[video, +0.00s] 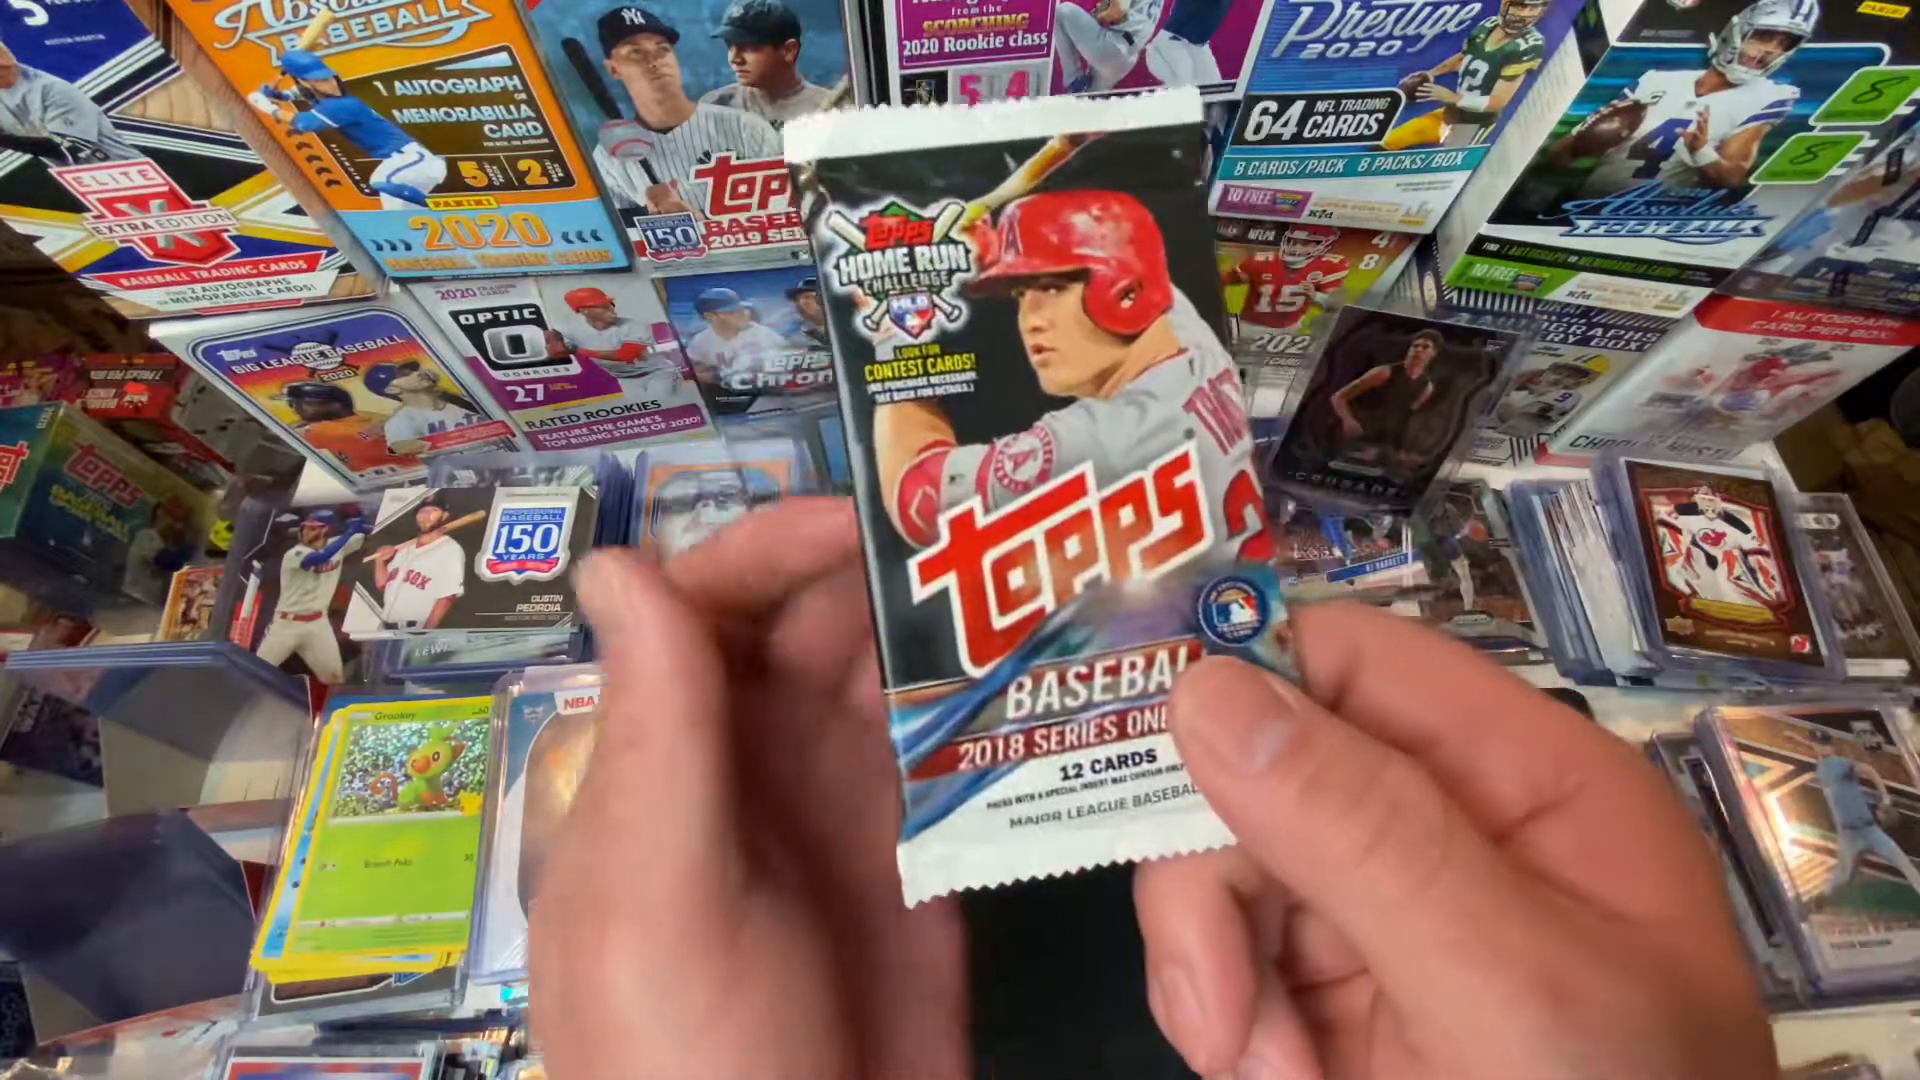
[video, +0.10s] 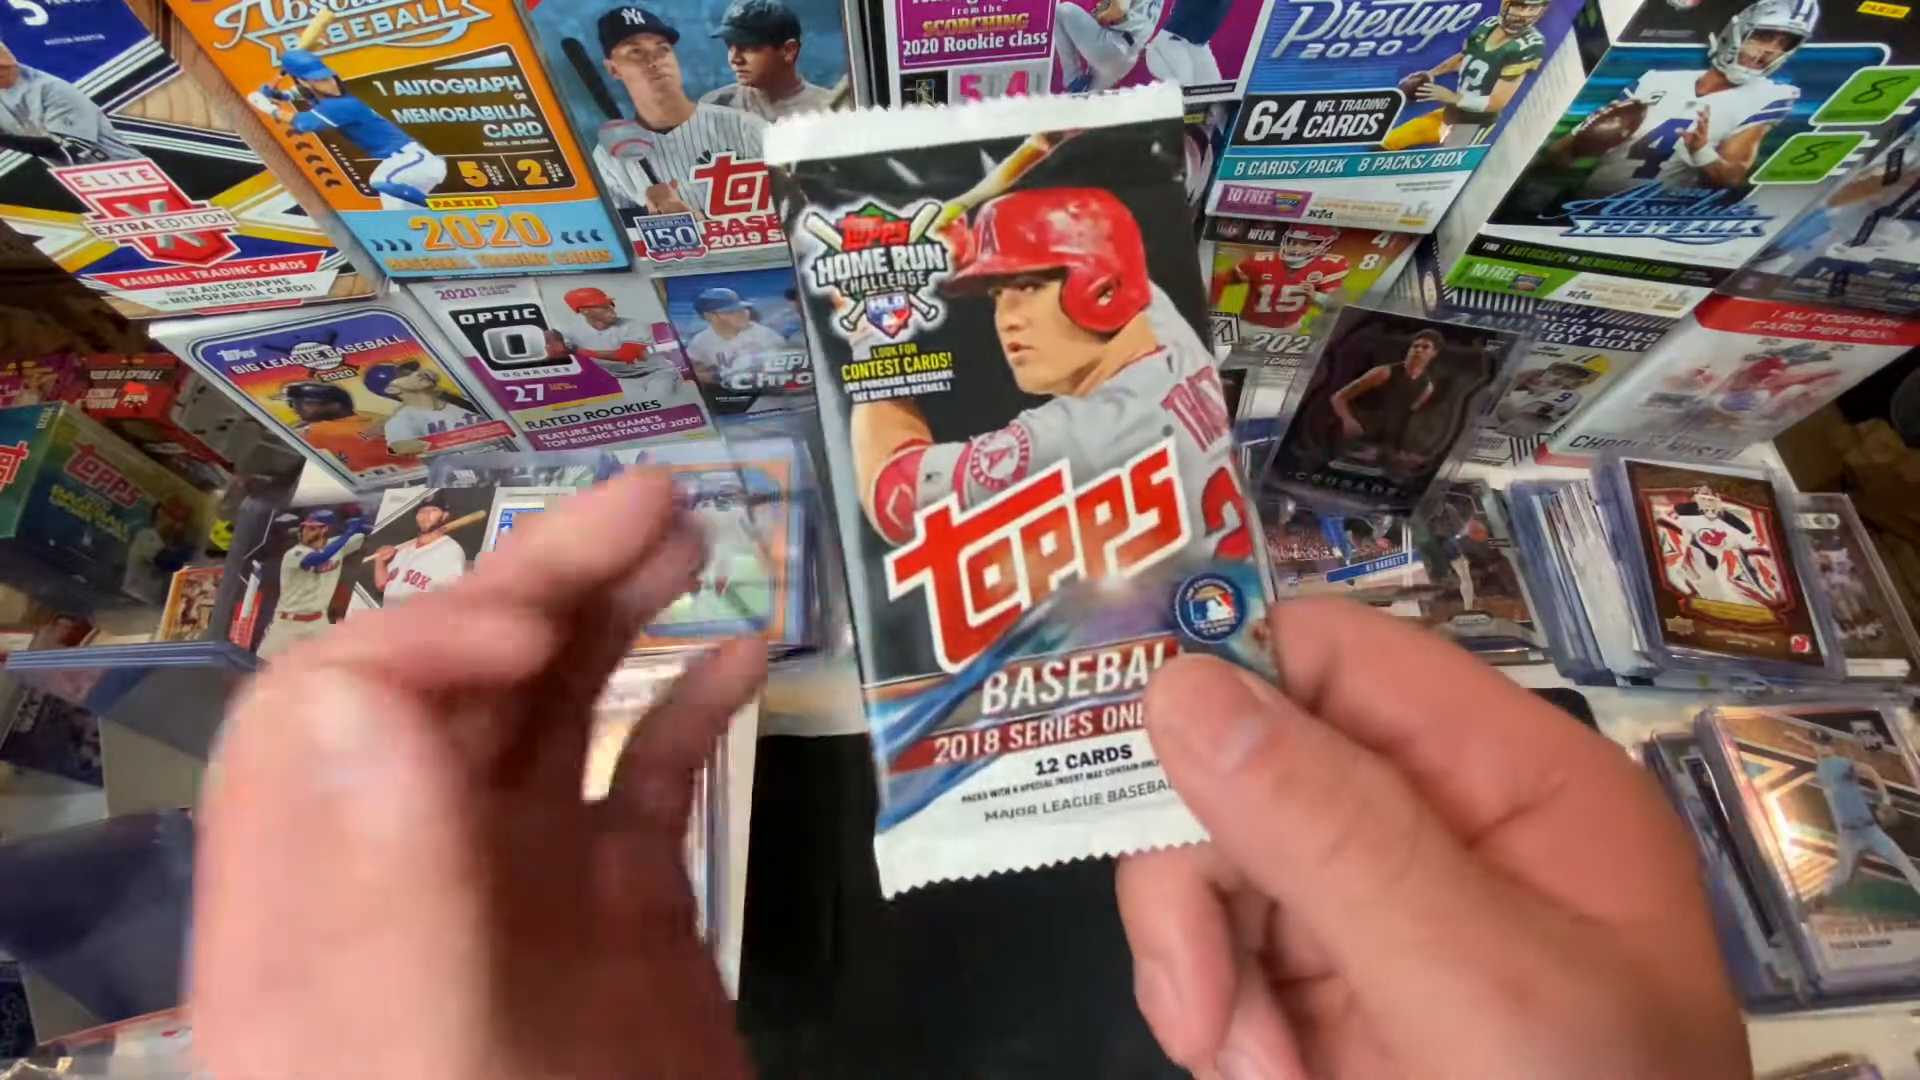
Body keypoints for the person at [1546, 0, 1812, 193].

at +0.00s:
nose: (1769, 52)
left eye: (1782, 45)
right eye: (1763, 37)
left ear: (1788, 56)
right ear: (1738, 33)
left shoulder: (1759, 102)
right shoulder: (1659, 83)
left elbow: (1735, 177)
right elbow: (1556, 156)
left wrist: (1702, 153)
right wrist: (1584, 138)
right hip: (1594, 204)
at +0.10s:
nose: (1769, 52)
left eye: (1782, 45)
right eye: (1763, 38)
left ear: (1788, 56)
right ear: (1737, 33)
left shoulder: (1760, 101)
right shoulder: (1659, 82)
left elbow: (1735, 176)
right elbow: (1556, 156)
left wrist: (1701, 153)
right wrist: (1584, 137)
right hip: (1594, 204)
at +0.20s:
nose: (1768, 53)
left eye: (1781, 46)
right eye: (1762, 38)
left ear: (1787, 57)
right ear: (1737, 33)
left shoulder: (1760, 103)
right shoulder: (1659, 83)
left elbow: (1735, 176)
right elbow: (1554, 158)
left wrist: (1701, 153)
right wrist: (1582, 139)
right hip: (1595, 204)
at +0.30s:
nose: (1768, 53)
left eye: (1781, 46)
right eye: (1763, 38)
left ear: (1787, 57)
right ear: (1737, 34)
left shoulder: (1760, 103)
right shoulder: (1659, 83)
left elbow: (1735, 177)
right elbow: (1555, 157)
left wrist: (1701, 153)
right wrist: (1581, 139)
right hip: (1595, 202)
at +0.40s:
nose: (1768, 53)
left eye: (1781, 47)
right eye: (1762, 39)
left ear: (1787, 57)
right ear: (1737, 33)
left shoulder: (1760, 103)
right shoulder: (1660, 83)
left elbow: (1735, 177)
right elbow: (1556, 156)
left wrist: (1701, 154)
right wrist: (1581, 139)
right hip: (1595, 202)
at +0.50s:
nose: (1768, 53)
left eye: (1781, 46)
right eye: (1762, 39)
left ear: (1787, 57)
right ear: (1737, 34)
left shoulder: (1760, 103)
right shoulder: (1659, 83)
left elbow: (1735, 177)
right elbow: (1555, 157)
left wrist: (1701, 153)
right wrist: (1582, 139)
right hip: (1595, 204)